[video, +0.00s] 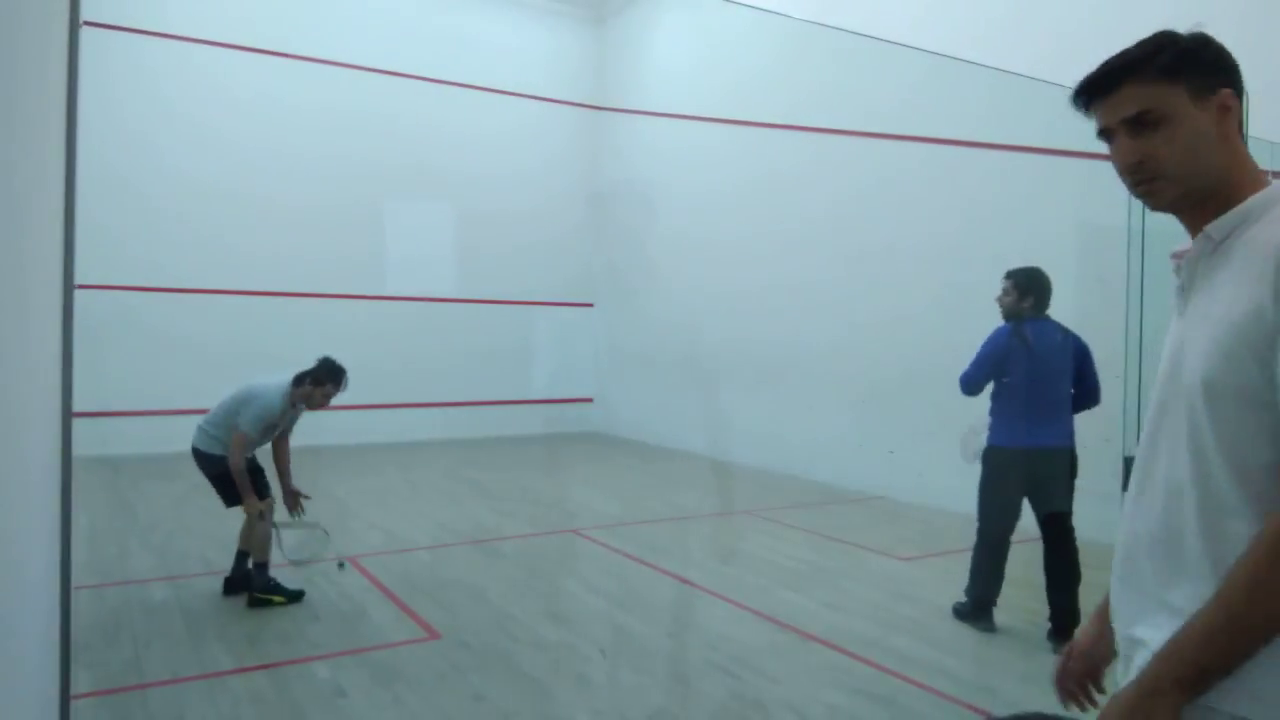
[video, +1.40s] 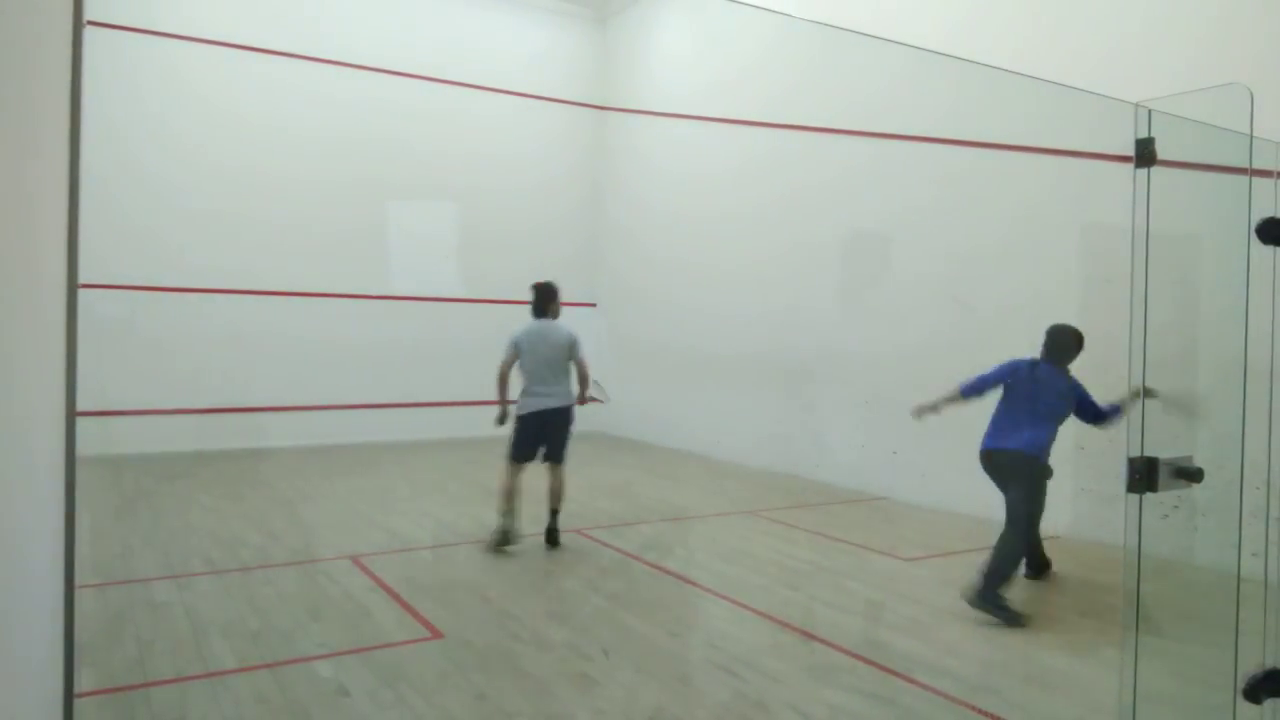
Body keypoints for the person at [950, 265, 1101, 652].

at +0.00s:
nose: (998, 298)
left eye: (1006, 293)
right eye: (1001, 291)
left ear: (1028, 298)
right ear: (1038, 300)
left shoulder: (1005, 337)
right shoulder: (1070, 340)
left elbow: (970, 384)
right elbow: (1090, 395)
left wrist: (992, 368)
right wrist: (1052, 407)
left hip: (1007, 457)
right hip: (1055, 458)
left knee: (993, 532)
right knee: (1059, 536)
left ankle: (980, 606)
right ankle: (1064, 628)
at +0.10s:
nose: (980, 300)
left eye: (987, 294)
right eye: (982, 293)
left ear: (1009, 299)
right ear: (1018, 300)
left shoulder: (990, 335)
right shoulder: (1049, 340)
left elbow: (973, 386)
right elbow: (1059, 394)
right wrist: (1017, 393)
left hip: (990, 453)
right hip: (1036, 455)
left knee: (981, 529)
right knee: (1043, 533)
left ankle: (977, 605)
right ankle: (1059, 626)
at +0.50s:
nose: (988, 299)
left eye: (990, 293)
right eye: (992, 294)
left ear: (995, 296)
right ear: (1026, 298)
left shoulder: (972, 334)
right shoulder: (1045, 341)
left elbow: (948, 377)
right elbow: (1059, 399)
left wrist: (939, 410)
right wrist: (1048, 433)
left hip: (979, 451)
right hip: (1027, 452)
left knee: (979, 527)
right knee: (1026, 532)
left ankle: (982, 602)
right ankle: (1019, 605)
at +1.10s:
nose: (1000, 305)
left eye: (1002, 299)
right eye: (1004, 299)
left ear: (1007, 303)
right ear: (1038, 305)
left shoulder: (982, 337)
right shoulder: (1054, 344)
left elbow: (957, 382)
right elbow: (1066, 398)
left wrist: (952, 423)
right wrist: (1058, 432)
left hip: (982, 449)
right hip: (1027, 451)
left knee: (980, 521)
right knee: (1025, 530)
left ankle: (981, 593)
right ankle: (1014, 610)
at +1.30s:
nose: (1072, 346)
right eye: (1074, 341)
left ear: (1042, 333)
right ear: (1070, 342)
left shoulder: (1011, 357)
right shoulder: (1070, 376)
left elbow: (971, 367)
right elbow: (1110, 416)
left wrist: (947, 376)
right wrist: (1139, 416)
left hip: (981, 452)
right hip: (1021, 458)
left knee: (998, 502)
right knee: (1038, 534)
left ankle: (1007, 566)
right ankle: (1013, 609)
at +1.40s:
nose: (1075, 356)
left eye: (1073, 350)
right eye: (1075, 351)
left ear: (1045, 345)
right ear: (1072, 354)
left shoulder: (1018, 368)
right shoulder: (1069, 387)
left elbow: (977, 385)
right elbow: (1099, 417)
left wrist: (937, 403)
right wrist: (1132, 398)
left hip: (992, 456)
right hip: (1027, 462)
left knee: (1028, 509)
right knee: (1019, 527)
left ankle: (1036, 562)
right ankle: (987, 592)